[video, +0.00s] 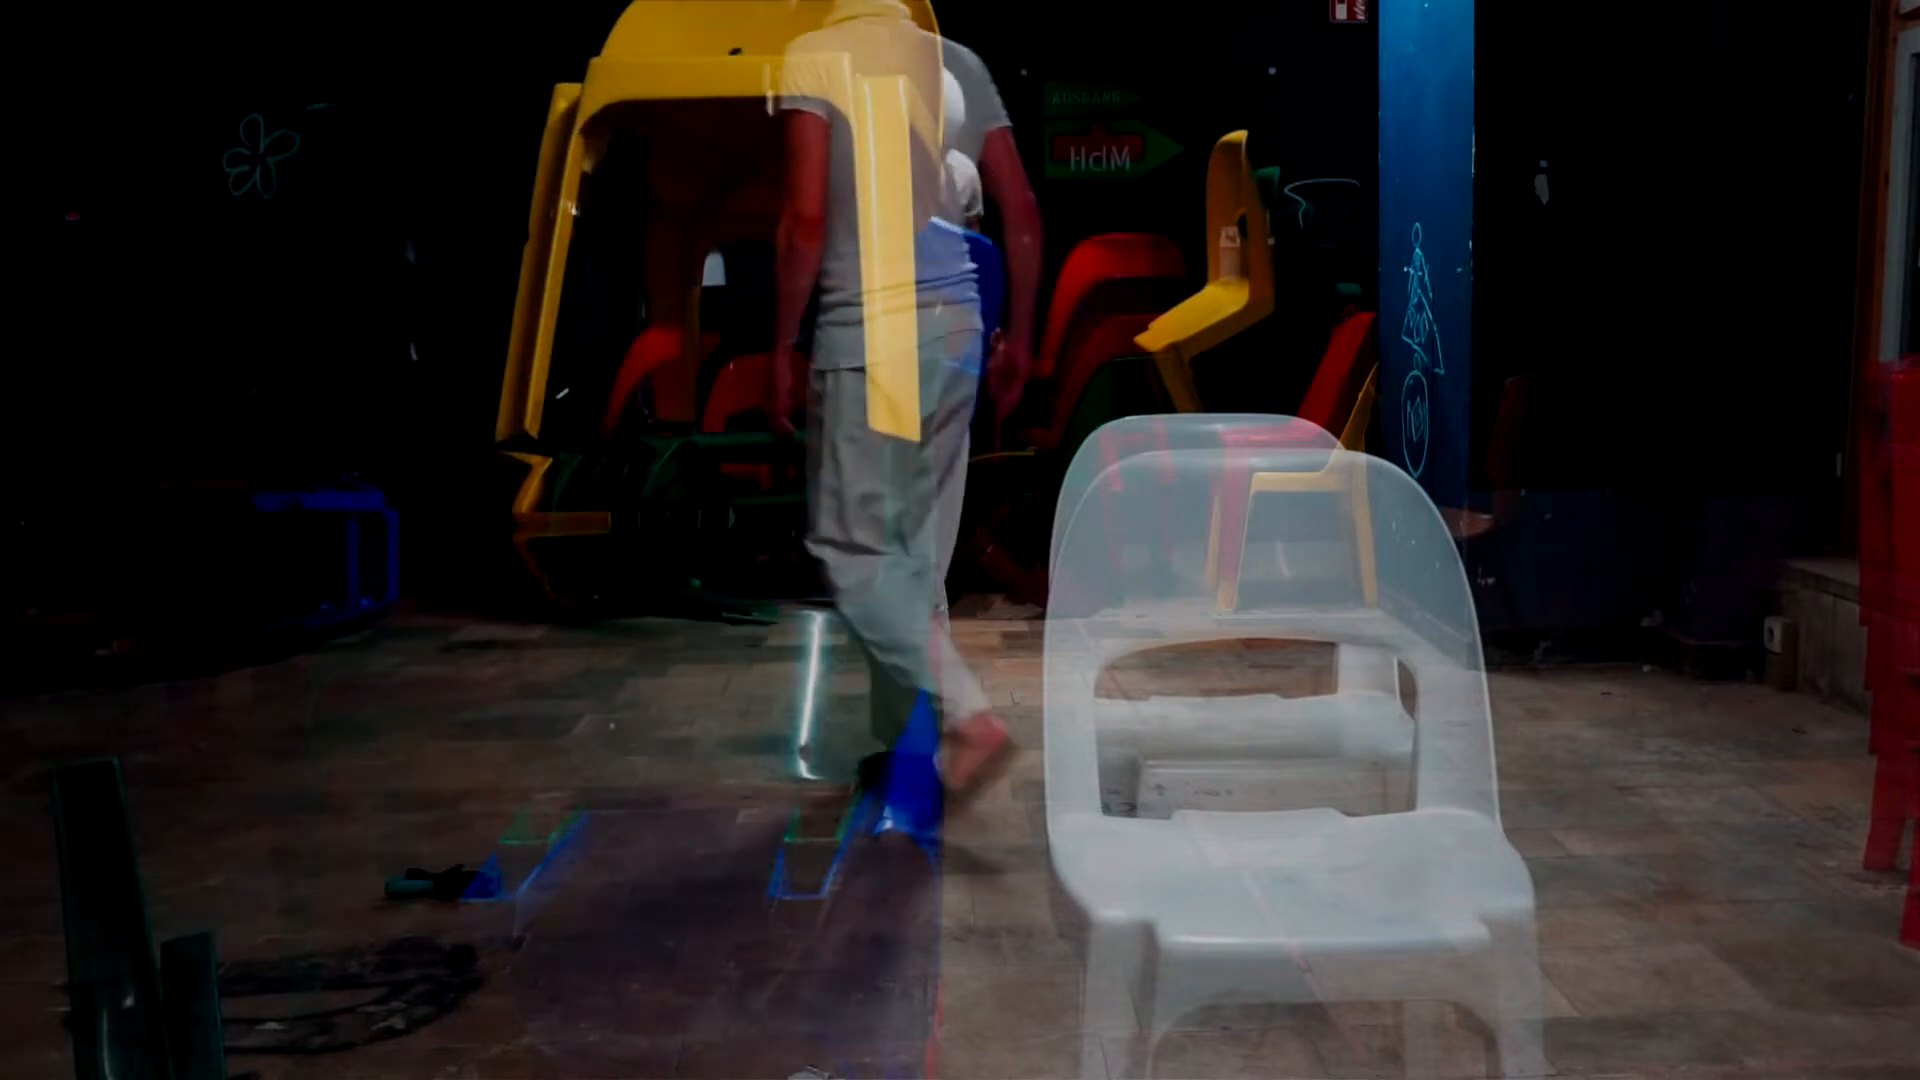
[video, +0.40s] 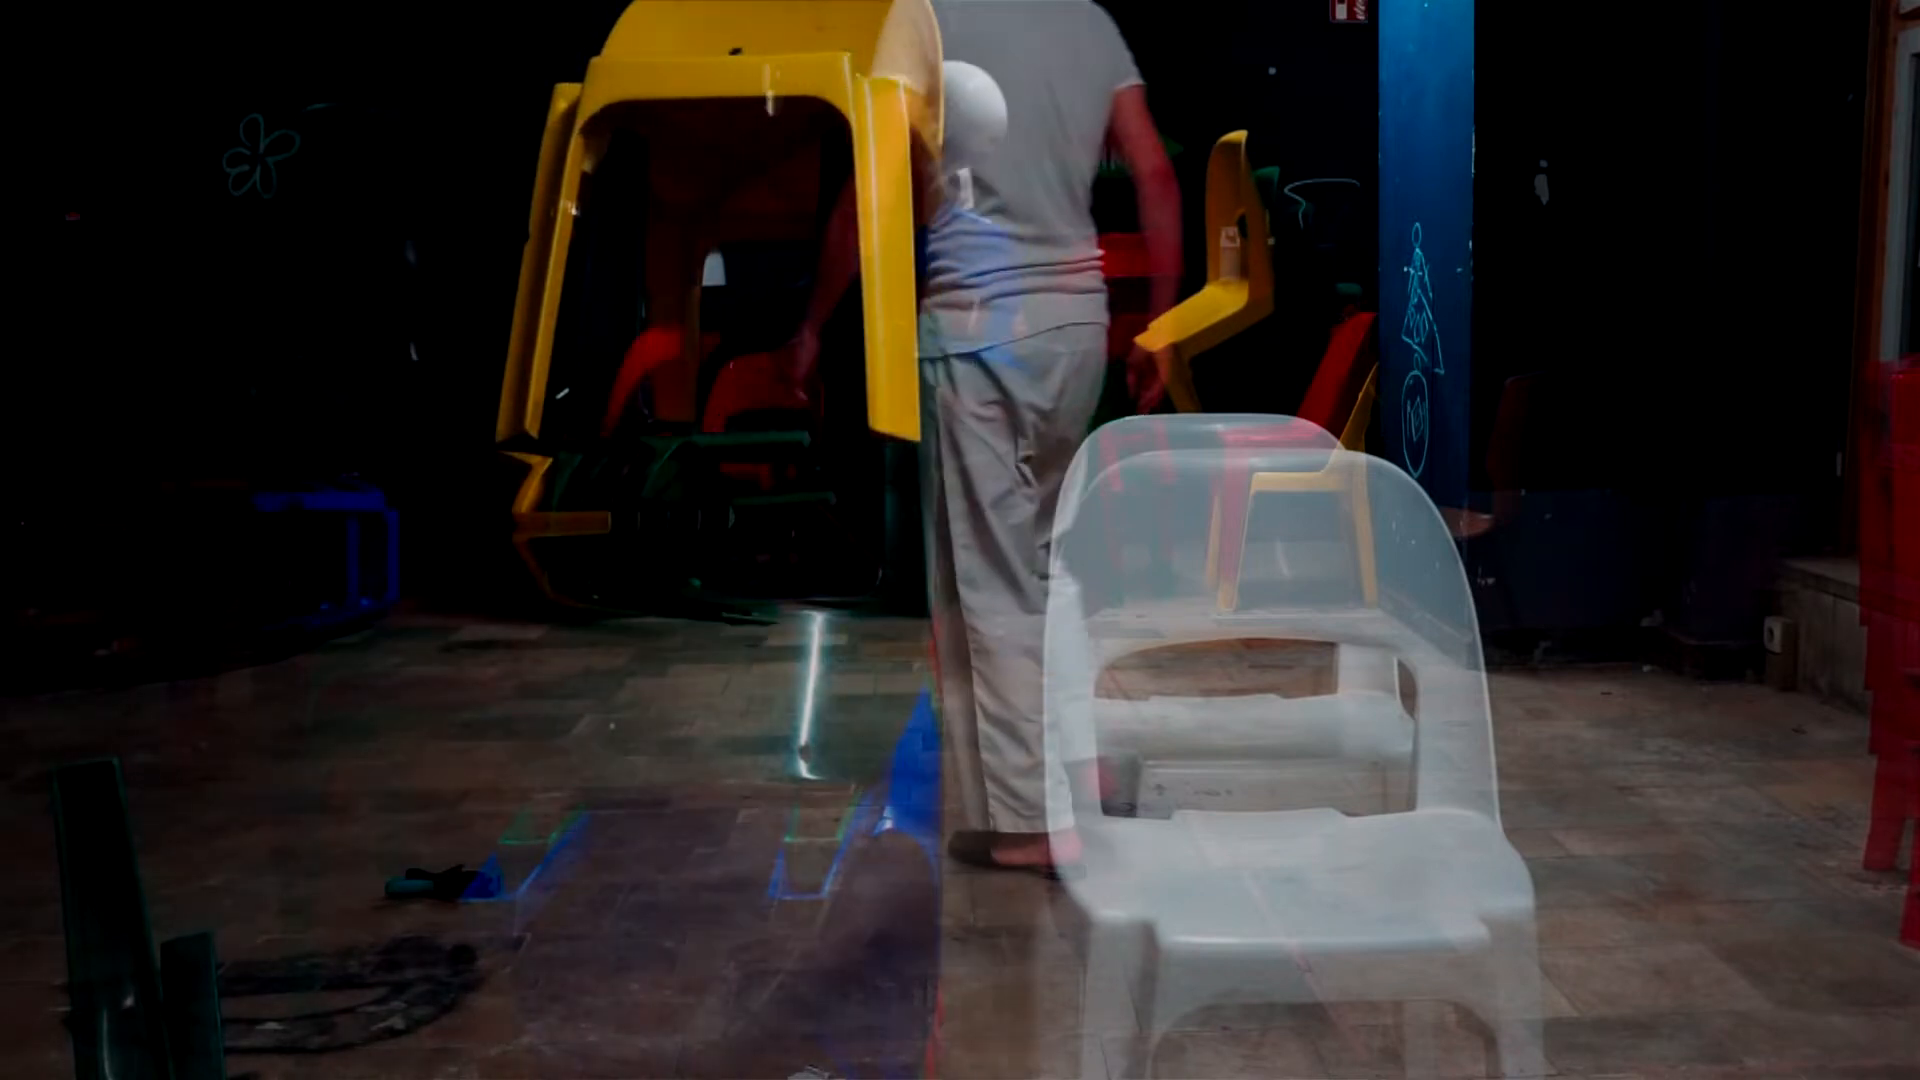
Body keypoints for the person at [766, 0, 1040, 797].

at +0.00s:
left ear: (830, 9)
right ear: (900, 7)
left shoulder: (818, 60)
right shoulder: (959, 63)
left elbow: (807, 217)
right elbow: (1020, 214)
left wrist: (784, 345)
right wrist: (1017, 334)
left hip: (865, 334)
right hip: (957, 326)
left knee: (854, 543)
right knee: (922, 547)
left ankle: (965, 718)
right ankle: (896, 757)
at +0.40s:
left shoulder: (919, 22)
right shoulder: (1089, 21)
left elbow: (876, 191)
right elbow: (1153, 170)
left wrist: (816, 321)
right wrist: (1165, 315)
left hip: (976, 329)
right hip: (1079, 322)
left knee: (998, 579)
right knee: (1020, 564)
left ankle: (1028, 822)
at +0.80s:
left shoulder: (1113, 4)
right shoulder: (1258, 17)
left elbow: (1154, 148)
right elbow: (1311, 196)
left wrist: (1128, 351)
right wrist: (1269, 331)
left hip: (1137, 341)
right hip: (1246, 336)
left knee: (1085, 595)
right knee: (1272, 610)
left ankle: (1045, 813)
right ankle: (1349, 860)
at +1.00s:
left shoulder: (1219, 5)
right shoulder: (1353, 8)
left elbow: (1284, 129)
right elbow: (1400, 179)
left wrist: (1295, 334)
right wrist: (1358, 310)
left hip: (1225, 332)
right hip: (1333, 320)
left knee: (1147, 603)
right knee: (1319, 607)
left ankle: (1242, 858)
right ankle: (1364, 878)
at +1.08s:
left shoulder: (1249, 6)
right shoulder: (1383, 9)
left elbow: (1309, 124)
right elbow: (1438, 176)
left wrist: (1326, 339)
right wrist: (1398, 316)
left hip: (1257, 334)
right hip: (1363, 326)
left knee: (1187, 621)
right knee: (1317, 628)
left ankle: (1338, 856)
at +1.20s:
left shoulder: (1296, 6)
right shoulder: (1441, 8)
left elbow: (1334, 142)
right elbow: (1497, 171)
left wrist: (1323, 364)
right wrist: (1466, 340)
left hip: (1316, 342)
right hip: (1419, 328)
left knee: (1279, 641)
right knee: (1365, 635)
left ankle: (1470, 895)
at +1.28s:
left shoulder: (1335, 7)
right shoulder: (1479, 9)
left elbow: (1347, 158)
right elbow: (1544, 168)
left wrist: (1286, 378)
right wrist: (1510, 344)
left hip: (1368, 348)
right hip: (1456, 344)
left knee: (1359, 657)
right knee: (1341, 644)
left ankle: (1518, 950)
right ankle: (1368, 944)